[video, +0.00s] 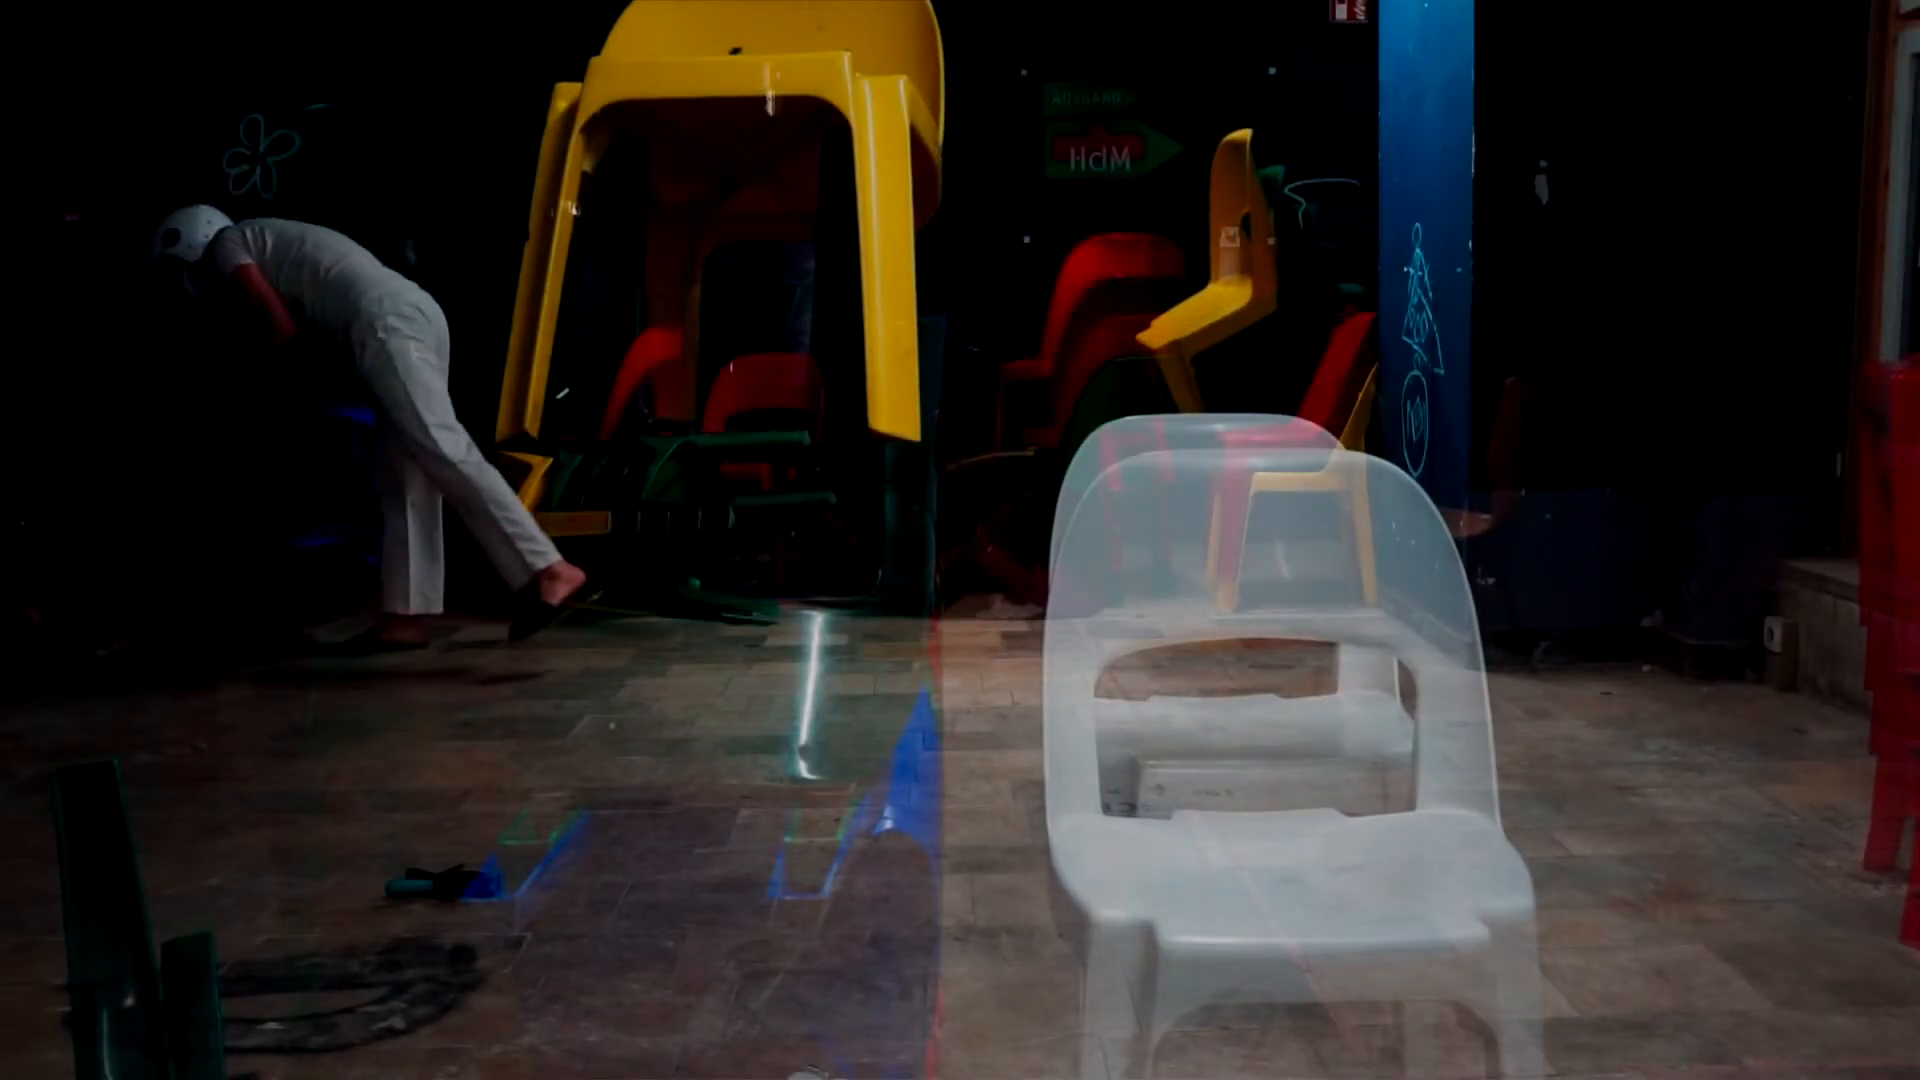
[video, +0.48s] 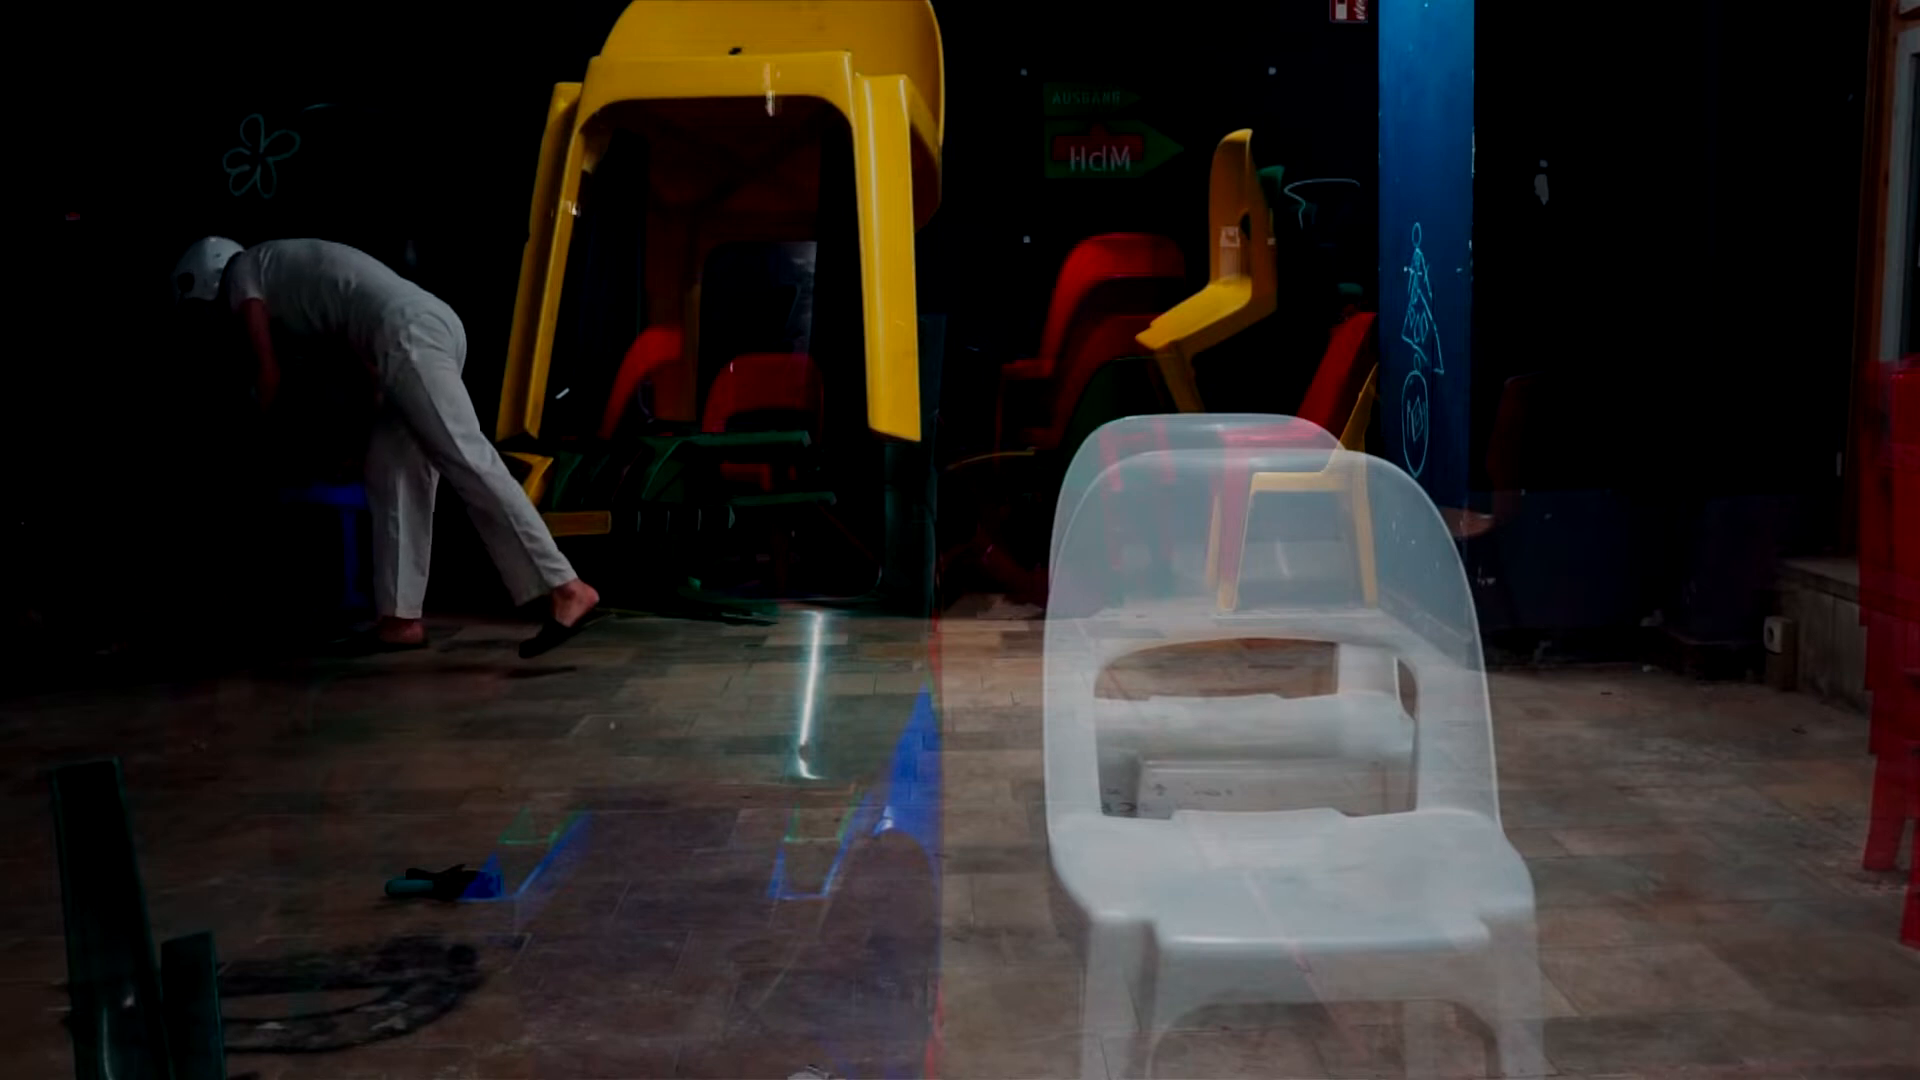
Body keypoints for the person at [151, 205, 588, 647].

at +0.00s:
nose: (188, 271)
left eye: (184, 261)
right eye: (184, 265)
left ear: (195, 244)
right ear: (218, 226)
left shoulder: (226, 242)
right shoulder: (267, 242)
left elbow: (273, 311)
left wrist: (285, 355)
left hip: (386, 315)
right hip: (415, 312)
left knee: (441, 447)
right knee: (407, 472)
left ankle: (550, 570)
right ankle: (409, 615)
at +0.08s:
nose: (193, 282)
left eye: (187, 271)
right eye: (186, 275)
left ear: (197, 251)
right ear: (220, 235)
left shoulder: (230, 249)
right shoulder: (269, 246)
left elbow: (276, 325)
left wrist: (282, 378)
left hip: (389, 316)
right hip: (417, 313)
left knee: (453, 442)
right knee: (403, 473)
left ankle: (562, 567)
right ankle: (404, 615)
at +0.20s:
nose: (195, 296)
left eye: (189, 285)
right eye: (188, 289)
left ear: (198, 264)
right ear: (218, 251)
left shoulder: (234, 260)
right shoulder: (270, 256)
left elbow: (273, 350)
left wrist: (266, 402)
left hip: (394, 320)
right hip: (417, 317)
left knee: (461, 445)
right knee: (392, 467)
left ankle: (565, 572)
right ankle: (404, 617)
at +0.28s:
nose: (198, 303)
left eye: (193, 292)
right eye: (192, 296)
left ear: (201, 271)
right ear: (220, 256)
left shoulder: (235, 266)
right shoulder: (271, 261)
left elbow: (272, 359)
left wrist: (273, 409)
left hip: (397, 323)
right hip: (421, 320)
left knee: (461, 449)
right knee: (392, 466)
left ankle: (564, 579)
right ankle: (403, 618)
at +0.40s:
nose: (205, 309)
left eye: (199, 299)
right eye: (198, 303)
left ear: (207, 277)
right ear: (228, 261)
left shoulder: (241, 270)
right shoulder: (280, 265)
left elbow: (269, 362)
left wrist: (261, 422)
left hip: (403, 326)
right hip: (429, 322)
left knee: (468, 459)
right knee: (394, 472)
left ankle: (564, 587)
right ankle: (402, 618)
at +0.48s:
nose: (210, 308)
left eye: (204, 299)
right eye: (203, 302)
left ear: (213, 276)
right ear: (231, 264)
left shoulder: (244, 269)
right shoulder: (284, 269)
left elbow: (266, 365)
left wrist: (264, 421)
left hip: (405, 327)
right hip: (430, 324)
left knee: (470, 460)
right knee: (395, 471)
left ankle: (566, 590)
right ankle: (401, 619)